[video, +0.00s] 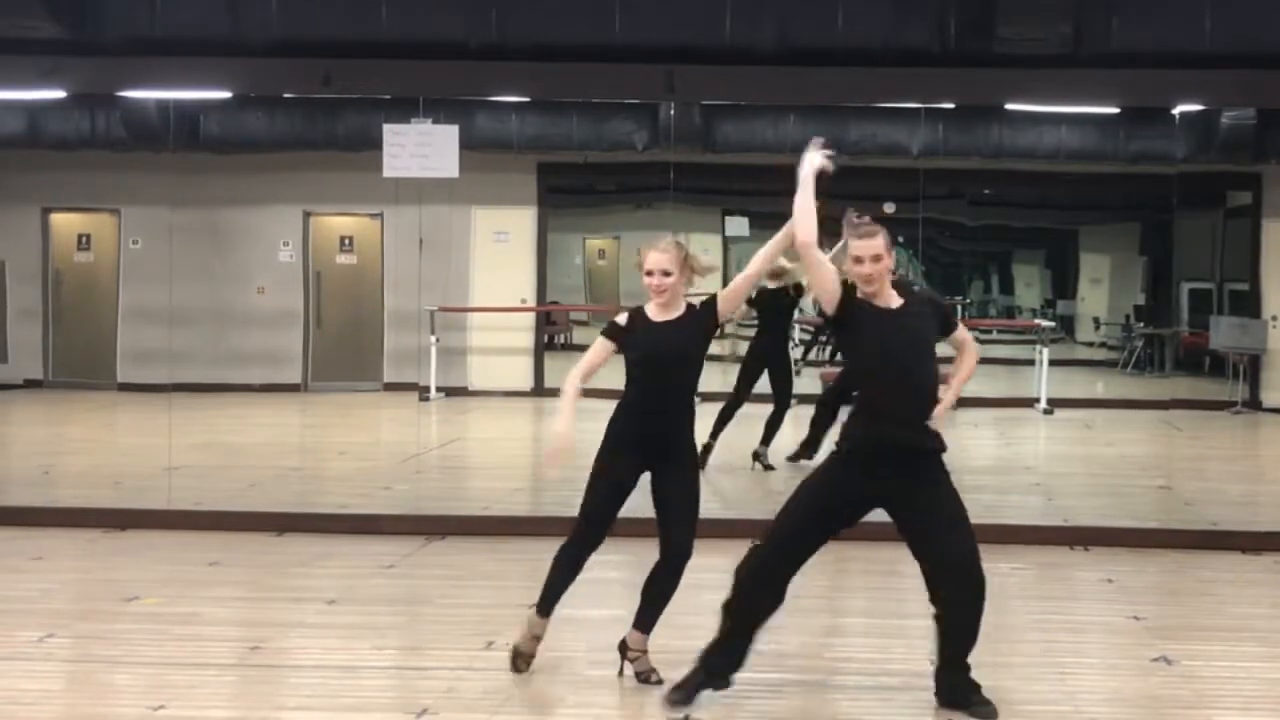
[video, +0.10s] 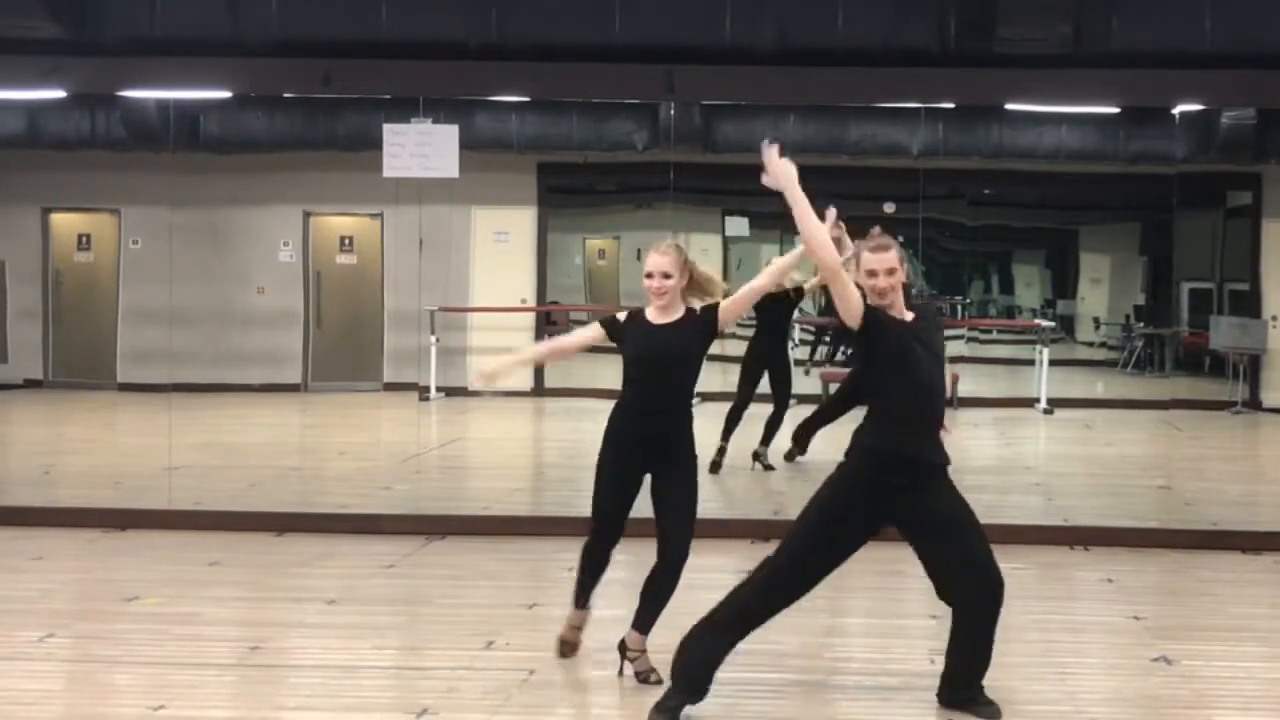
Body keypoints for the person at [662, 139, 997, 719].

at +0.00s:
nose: (868, 268)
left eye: (876, 257)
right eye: (859, 259)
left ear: (893, 258)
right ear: (846, 263)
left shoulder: (928, 308)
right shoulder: (844, 306)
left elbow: (968, 350)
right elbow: (804, 244)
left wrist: (949, 395)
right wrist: (807, 173)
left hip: (918, 465)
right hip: (856, 462)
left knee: (964, 578)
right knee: (769, 560)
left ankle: (954, 681)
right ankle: (716, 664)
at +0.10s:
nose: (879, 282)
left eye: (888, 272)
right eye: (870, 274)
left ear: (905, 271)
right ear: (858, 278)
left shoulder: (926, 320)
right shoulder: (865, 323)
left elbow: (934, 380)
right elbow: (829, 265)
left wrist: (935, 421)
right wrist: (792, 189)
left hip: (926, 480)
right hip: (866, 478)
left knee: (981, 584)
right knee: (780, 579)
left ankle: (961, 688)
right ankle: (684, 683)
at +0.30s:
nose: (885, 299)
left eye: (894, 290)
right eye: (875, 292)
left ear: (911, 293)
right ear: (864, 297)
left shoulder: (905, 347)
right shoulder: (880, 351)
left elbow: (841, 400)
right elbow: (906, 337)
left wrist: (796, 441)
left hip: (916, 498)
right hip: (864, 496)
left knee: (996, 588)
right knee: (774, 588)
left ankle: (962, 690)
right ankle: (670, 683)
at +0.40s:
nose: (867, 291)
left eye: (876, 280)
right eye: (858, 283)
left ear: (898, 283)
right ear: (850, 290)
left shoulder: (901, 335)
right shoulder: (862, 342)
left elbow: (838, 368)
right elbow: (899, 375)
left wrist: (812, 359)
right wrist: (969, 343)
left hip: (910, 492)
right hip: (854, 492)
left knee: (988, 589)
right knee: (771, 587)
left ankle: (962, 690)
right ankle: (668, 691)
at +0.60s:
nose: (819, 252)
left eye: (831, 244)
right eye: (814, 245)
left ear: (859, 256)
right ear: (810, 256)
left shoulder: (889, 313)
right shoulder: (802, 320)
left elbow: (932, 362)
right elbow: (743, 353)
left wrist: (965, 413)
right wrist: (696, 387)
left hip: (879, 471)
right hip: (814, 468)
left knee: (927, 577)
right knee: (744, 564)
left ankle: (962, 683)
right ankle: (737, 706)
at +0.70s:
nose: (790, 232)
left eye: (802, 224)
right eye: (784, 224)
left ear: (826, 237)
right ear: (775, 237)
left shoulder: (855, 302)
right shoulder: (752, 300)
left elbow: (929, 348)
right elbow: (681, 352)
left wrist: (1009, 354)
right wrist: (637, 416)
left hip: (843, 464)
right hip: (778, 466)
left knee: (894, 570)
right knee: (737, 568)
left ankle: (976, 669)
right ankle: (778, 699)